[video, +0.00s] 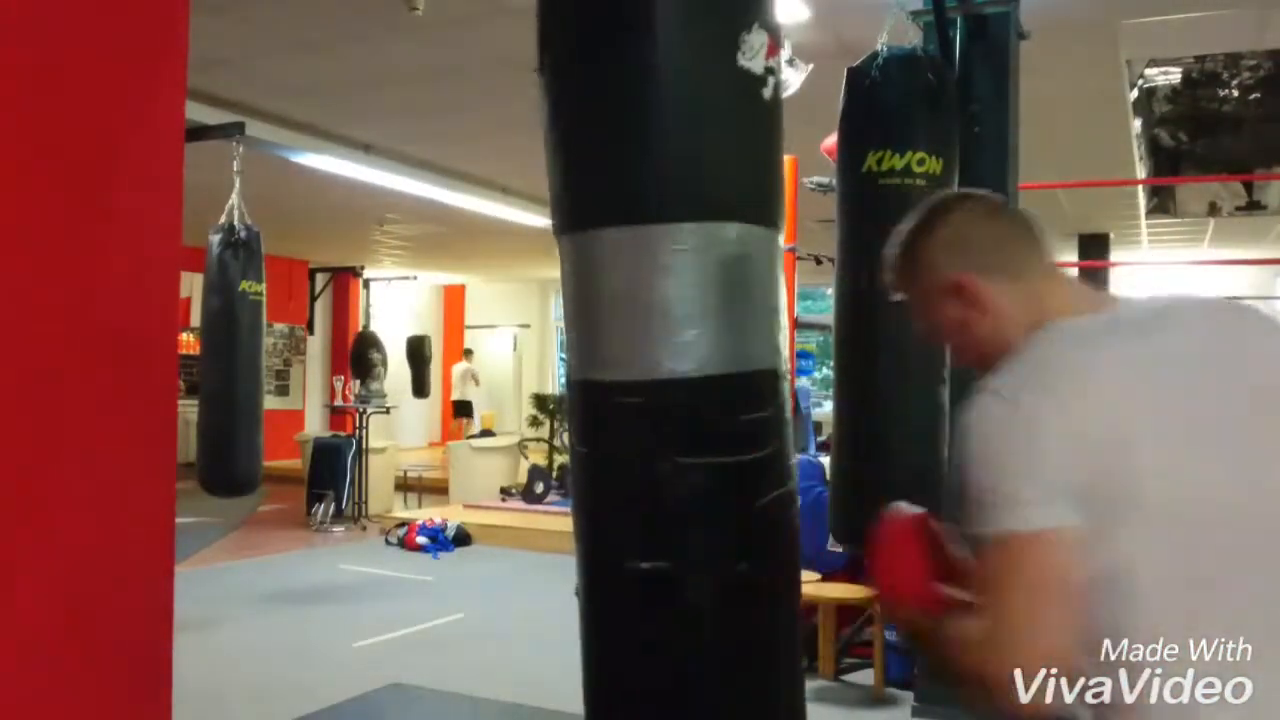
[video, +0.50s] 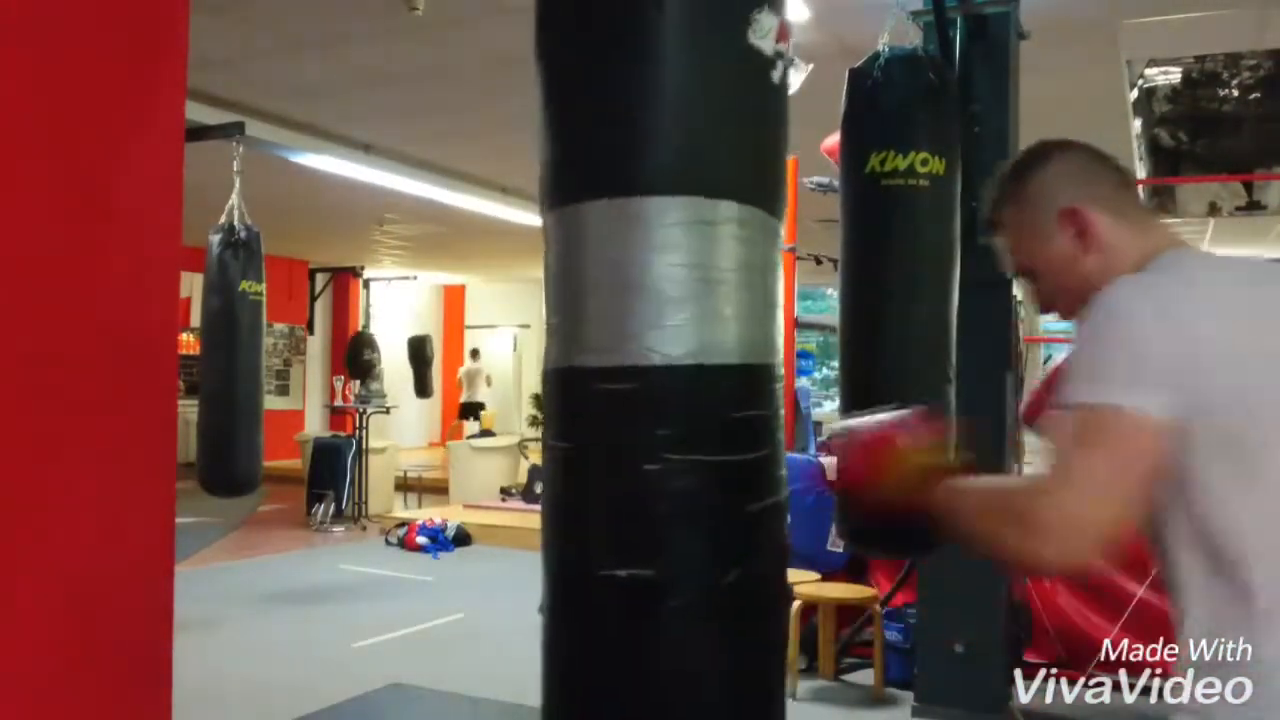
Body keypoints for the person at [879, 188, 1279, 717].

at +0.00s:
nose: (958, 358)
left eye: (945, 334)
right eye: (942, 341)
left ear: (968, 299)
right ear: (1040, 262)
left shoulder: (1023, 403)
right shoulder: (1251, 333)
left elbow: (1032, 675)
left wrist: (929, 613)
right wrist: (993, 582)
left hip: (1146, 706)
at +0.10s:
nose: (1017, 357)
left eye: (1001, 326)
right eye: (998, 333)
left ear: (1036, 286)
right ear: (1107, 257)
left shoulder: (1114, 390)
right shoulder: (1265, 321)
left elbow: (1154, 659)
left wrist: (1023, 627)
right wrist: (1095, 569)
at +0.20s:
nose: (1073, 339)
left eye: (1059, 308)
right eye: (1056, 314)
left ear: (1102, 260)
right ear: (1105, 257)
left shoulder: (1194, 364)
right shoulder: (1259, 312)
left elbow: (1241, 641)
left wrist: (1111, 605)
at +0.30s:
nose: (1093, 315)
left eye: (1081, 283)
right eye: (1075, 290)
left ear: (1133, 233)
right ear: (1133, 232)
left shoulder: (1224, 334)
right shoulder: (1250, 302)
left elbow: (1256, 593)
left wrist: (1112, 536)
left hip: (1260, 699)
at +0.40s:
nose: (1080, 307)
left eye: (1068, 271)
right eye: (1062, 277)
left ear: (1120, 221)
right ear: (1120, 219)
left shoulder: (1208, 299)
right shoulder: (1251, 281)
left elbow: (1235, 556)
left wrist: (1075, 490)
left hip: (1256, 687)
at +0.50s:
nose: (1040, 305)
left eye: (1031, 276)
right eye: (1025, 281)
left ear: (1080, 230)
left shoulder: (1145, 311)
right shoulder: (1263, 285)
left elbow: (1069, 529)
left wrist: (933, 494)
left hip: (1244, 692)